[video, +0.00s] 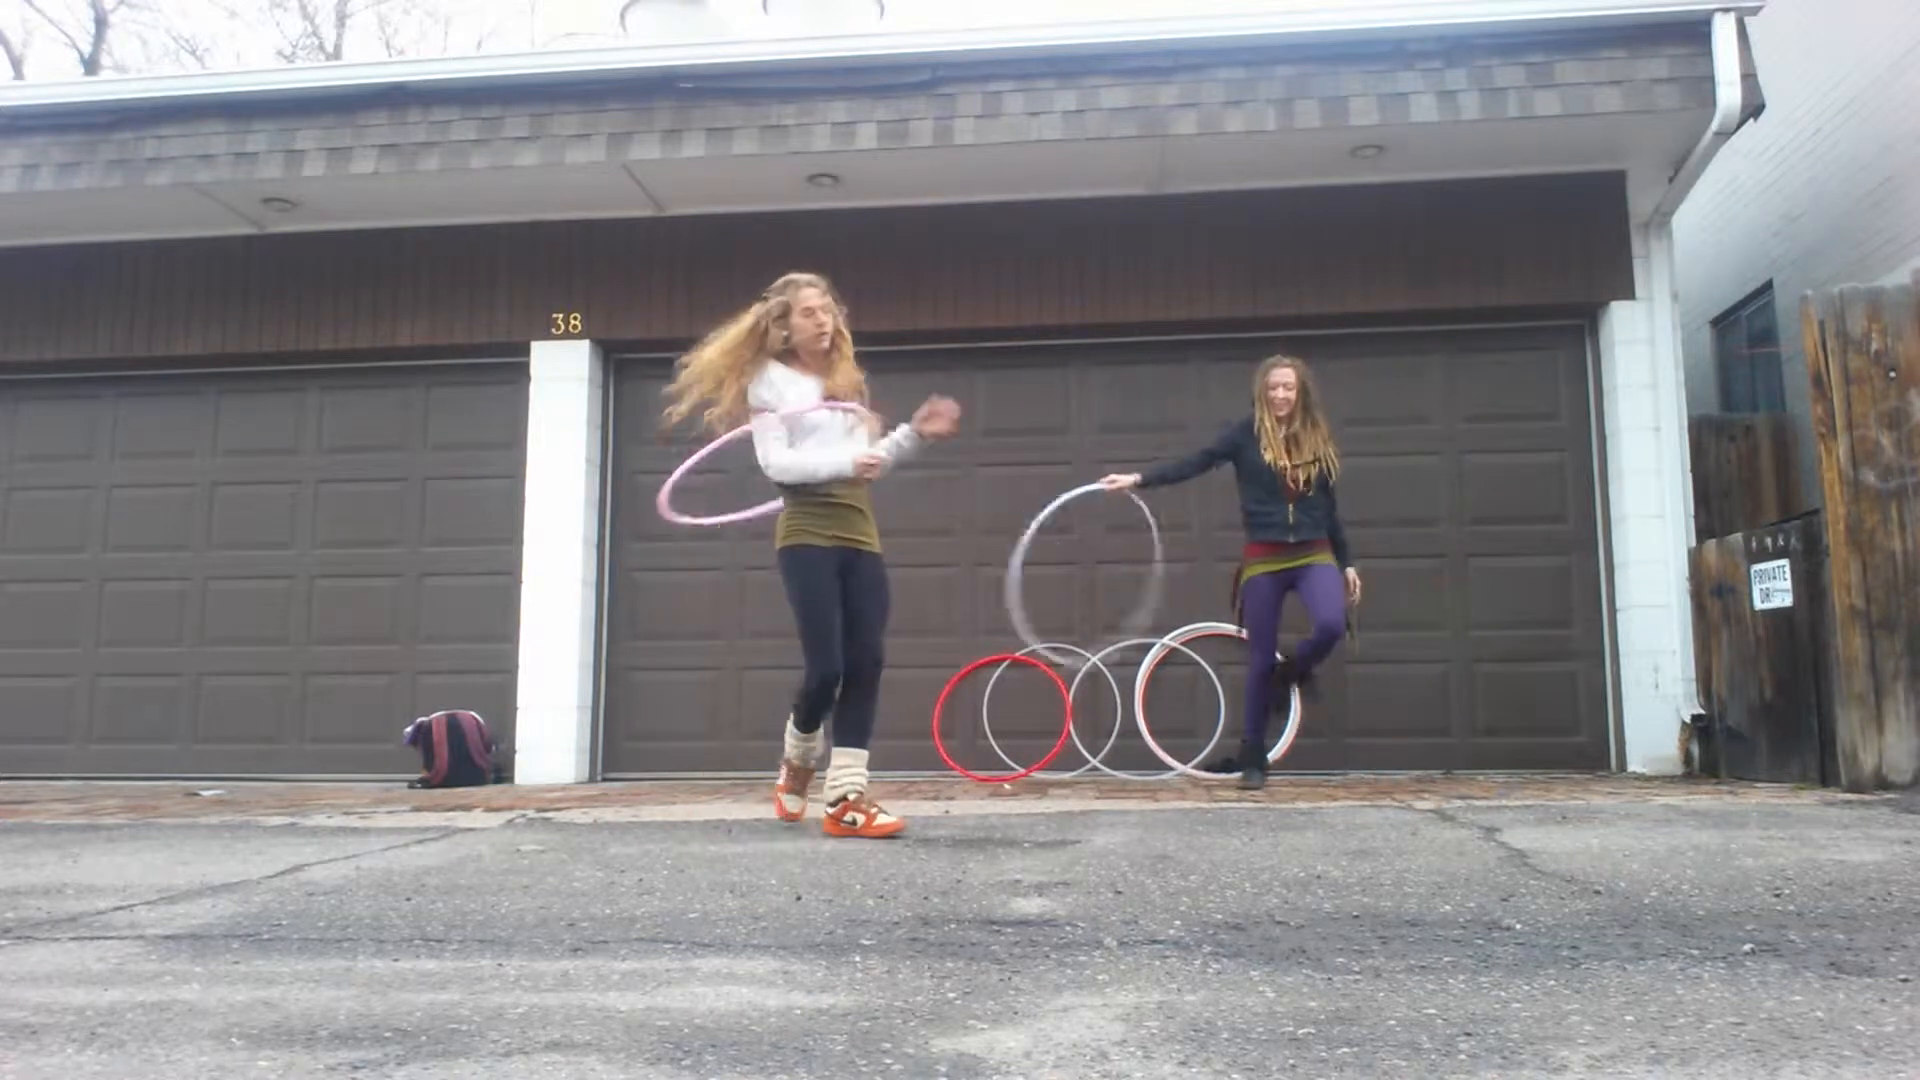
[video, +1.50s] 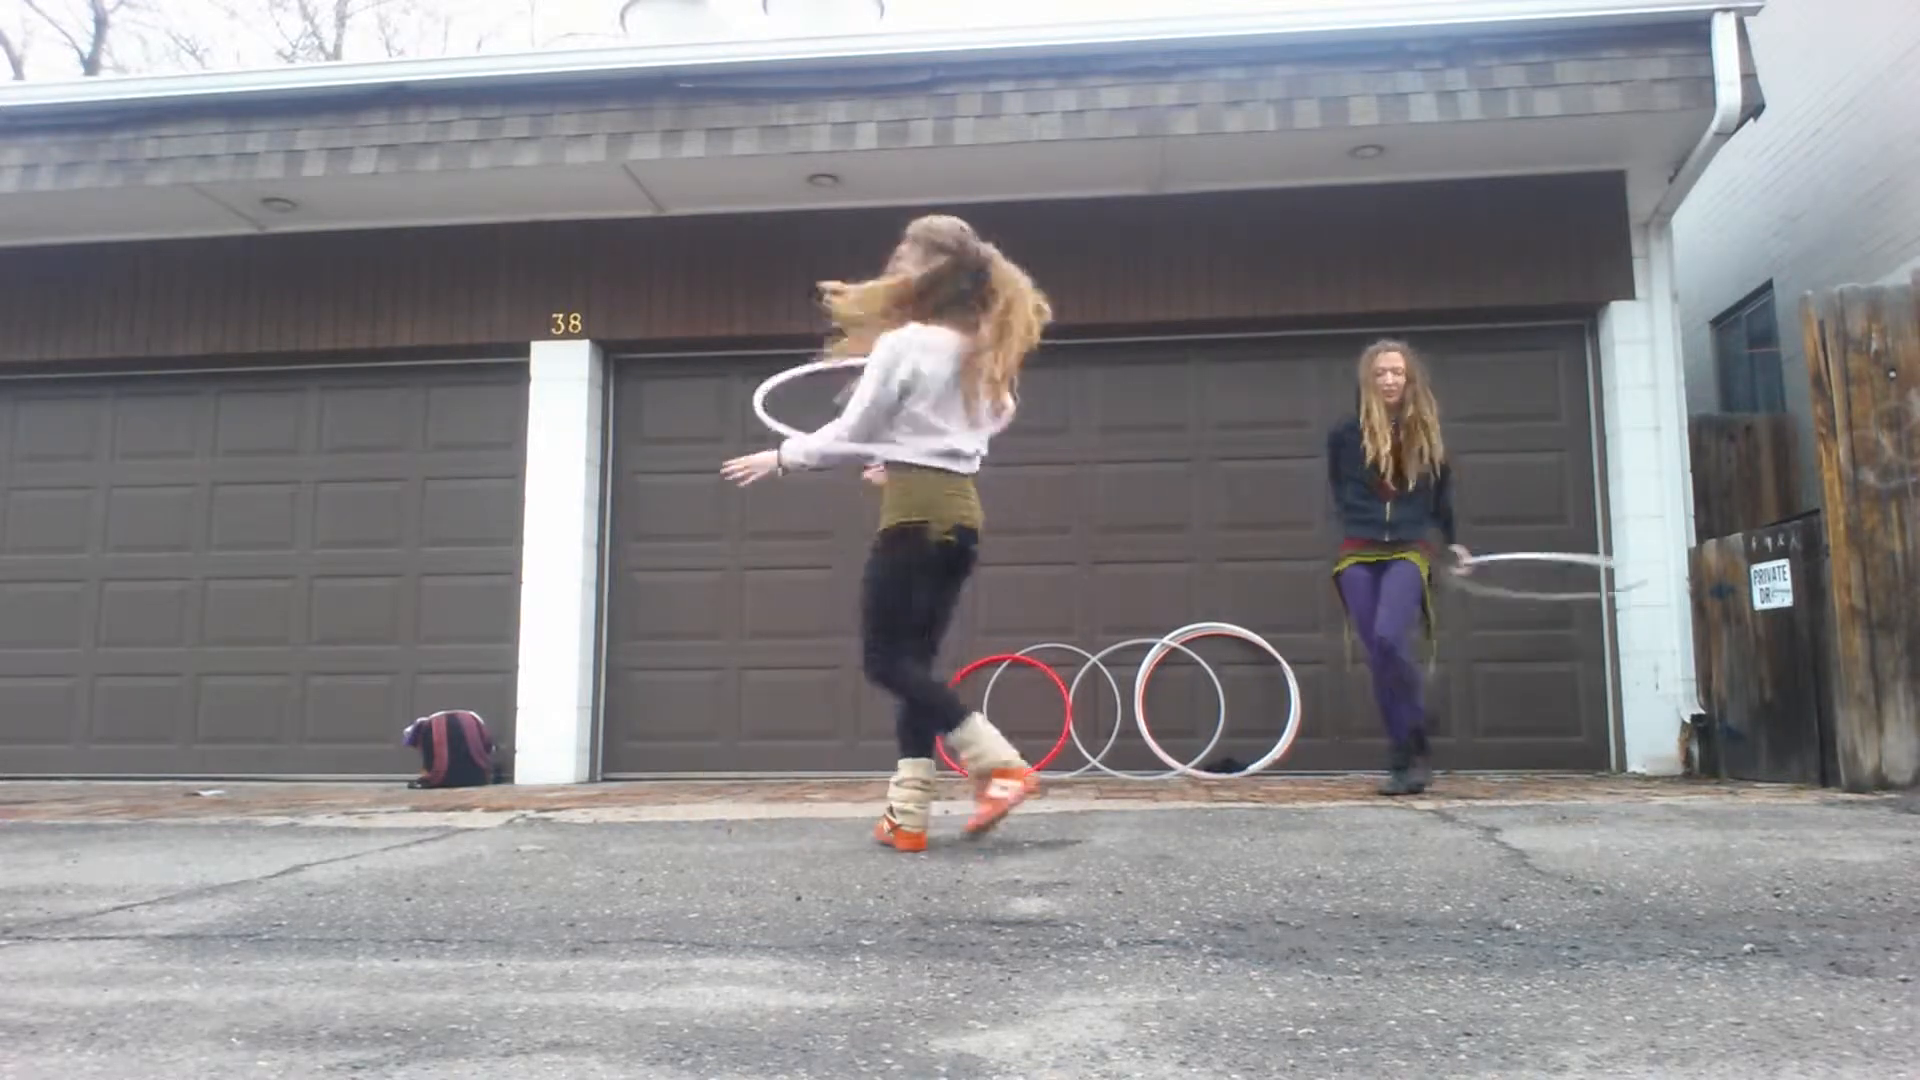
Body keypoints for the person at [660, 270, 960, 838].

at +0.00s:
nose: (822, 320)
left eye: (826, 310)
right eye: (808, 313)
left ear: (836, 318)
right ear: (784, 326)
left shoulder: (847, 382)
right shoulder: (770, 381)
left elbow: (864, 461)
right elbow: (774, 462)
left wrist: (915, 431)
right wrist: (847, 461)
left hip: (859, 531)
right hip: (806, 530)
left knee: (867, 662)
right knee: (828, 669)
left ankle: (846, 797)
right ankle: (799, 760)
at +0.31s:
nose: (851, 312)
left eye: (854, 303)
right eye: (838, 303)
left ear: (857, 314)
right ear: (808, 314)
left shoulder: (845, 380)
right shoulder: (797, 373)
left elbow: (846, 444)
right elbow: (817, 460)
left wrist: (883, 417)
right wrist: (902, 494)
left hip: (853, 529)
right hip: (802, 525)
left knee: (876, 661)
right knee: (791, 666)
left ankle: (846, 800)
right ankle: (749, 799)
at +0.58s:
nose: (871, 337)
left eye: (876, 326)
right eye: (857, 327)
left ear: (884, 331)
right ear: (827, 333)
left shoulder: (900, 391)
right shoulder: (798, 403)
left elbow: (925, 462)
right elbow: (785, 489)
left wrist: (942, 495)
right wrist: (808, 512)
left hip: (882, 538)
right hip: (822, 539)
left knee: (887, 663)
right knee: (829, 650)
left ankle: (850, 796)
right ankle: (807, 785)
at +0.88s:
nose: (924, 361)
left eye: (929, 348)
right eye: (911, 350)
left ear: (935, 349)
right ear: (875, 353)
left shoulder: (938, 402)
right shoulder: (834, 415)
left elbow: (938, 491)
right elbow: (811, 499)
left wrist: (946, 565)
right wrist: (821, 518)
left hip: (902, 542)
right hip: (847, 545)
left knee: (909, 667)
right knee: (897, 663)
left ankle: (851, 794)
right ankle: (909, 797)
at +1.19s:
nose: (994, 306)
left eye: (993, 296)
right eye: (991, 296)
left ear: (929, 292)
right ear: (975, 300)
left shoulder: (881, 342)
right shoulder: (970, 375)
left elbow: (855, 432)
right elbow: (959, 480)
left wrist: (956, 463)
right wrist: (1004, 515)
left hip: (841, 518)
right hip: (902, 525)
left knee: (880, 654)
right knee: (936, 667)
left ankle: (833, 780)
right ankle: (925, 812)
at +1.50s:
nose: (893, 263)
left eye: (906, 254)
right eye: (899, 251)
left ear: (933, 273)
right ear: (962, 279)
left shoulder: (903, 345)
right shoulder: (982, 349)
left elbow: (854, 432)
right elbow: (976, 433)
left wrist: (779, 456)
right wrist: (900, 461)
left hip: (913, 514)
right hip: (963, 514)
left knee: (884, 659)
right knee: (916, 661)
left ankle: (1001, 767)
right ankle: (909, 813)